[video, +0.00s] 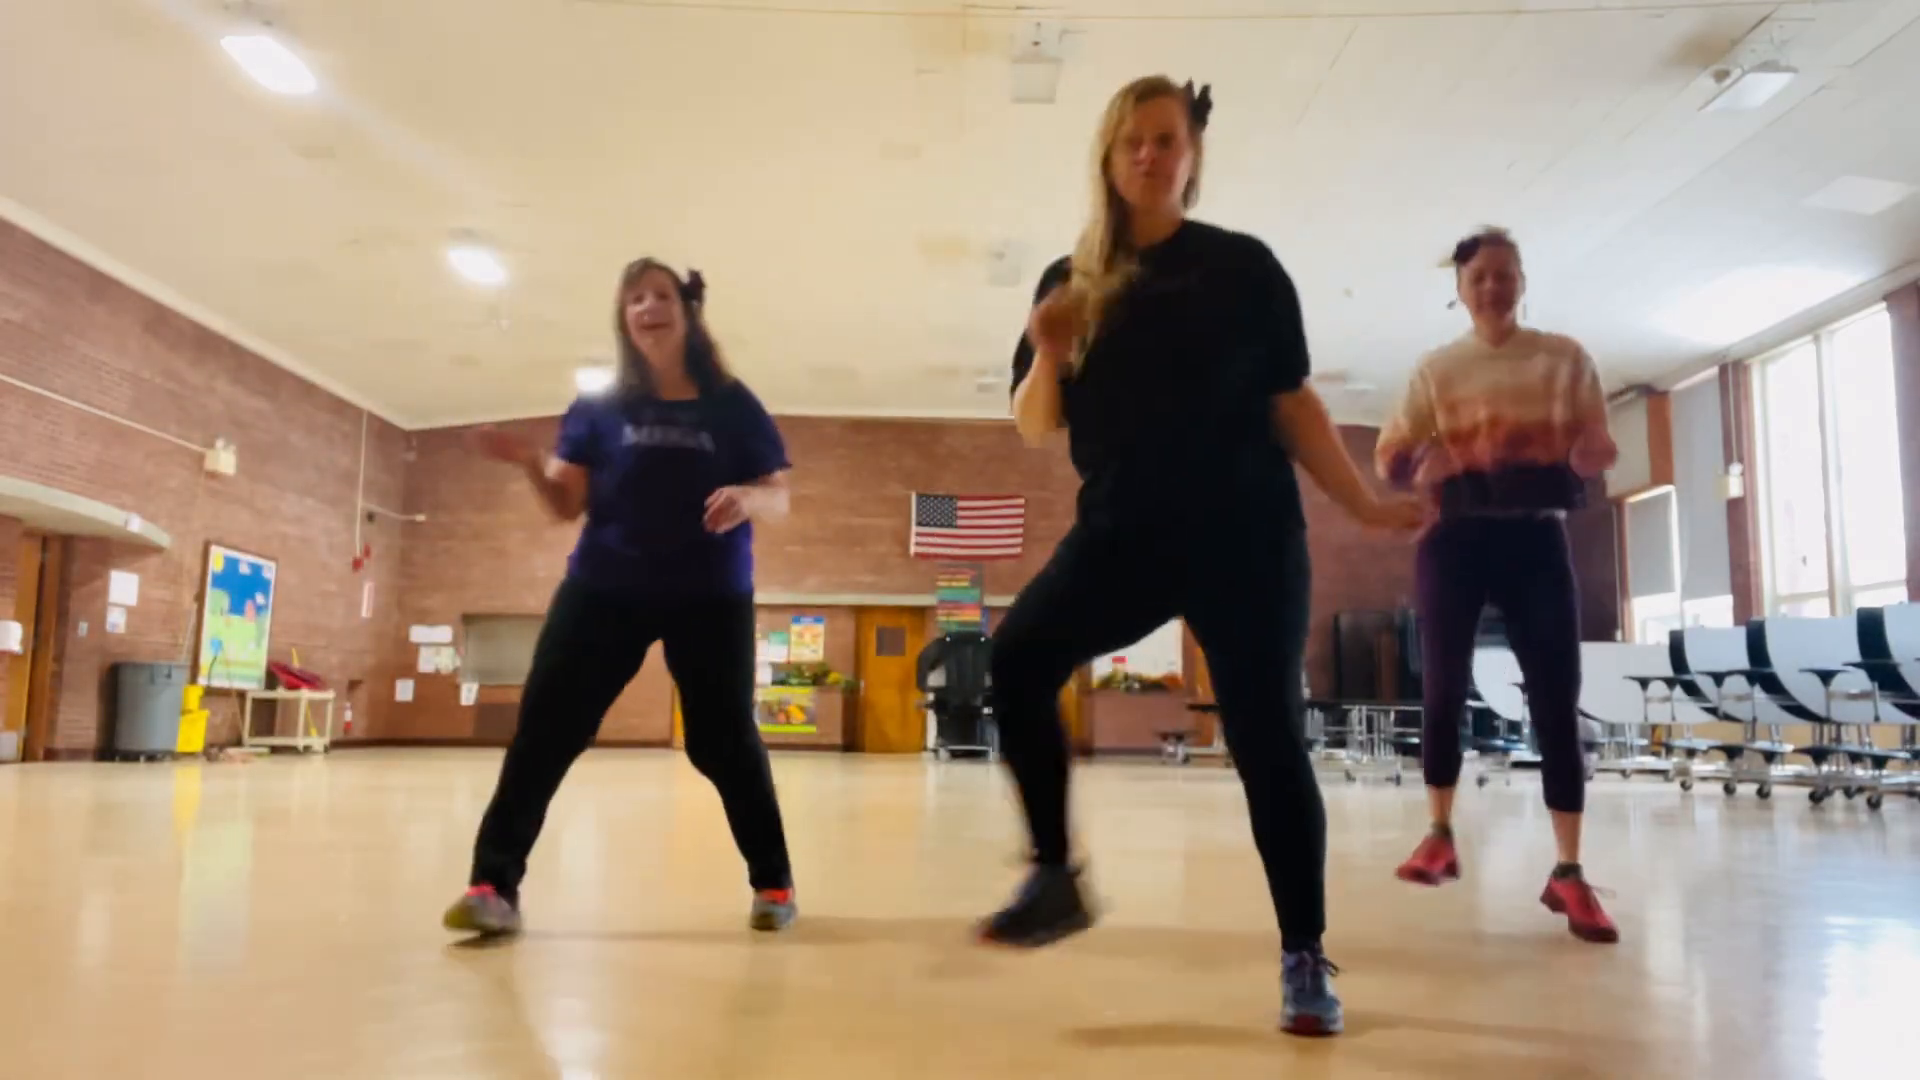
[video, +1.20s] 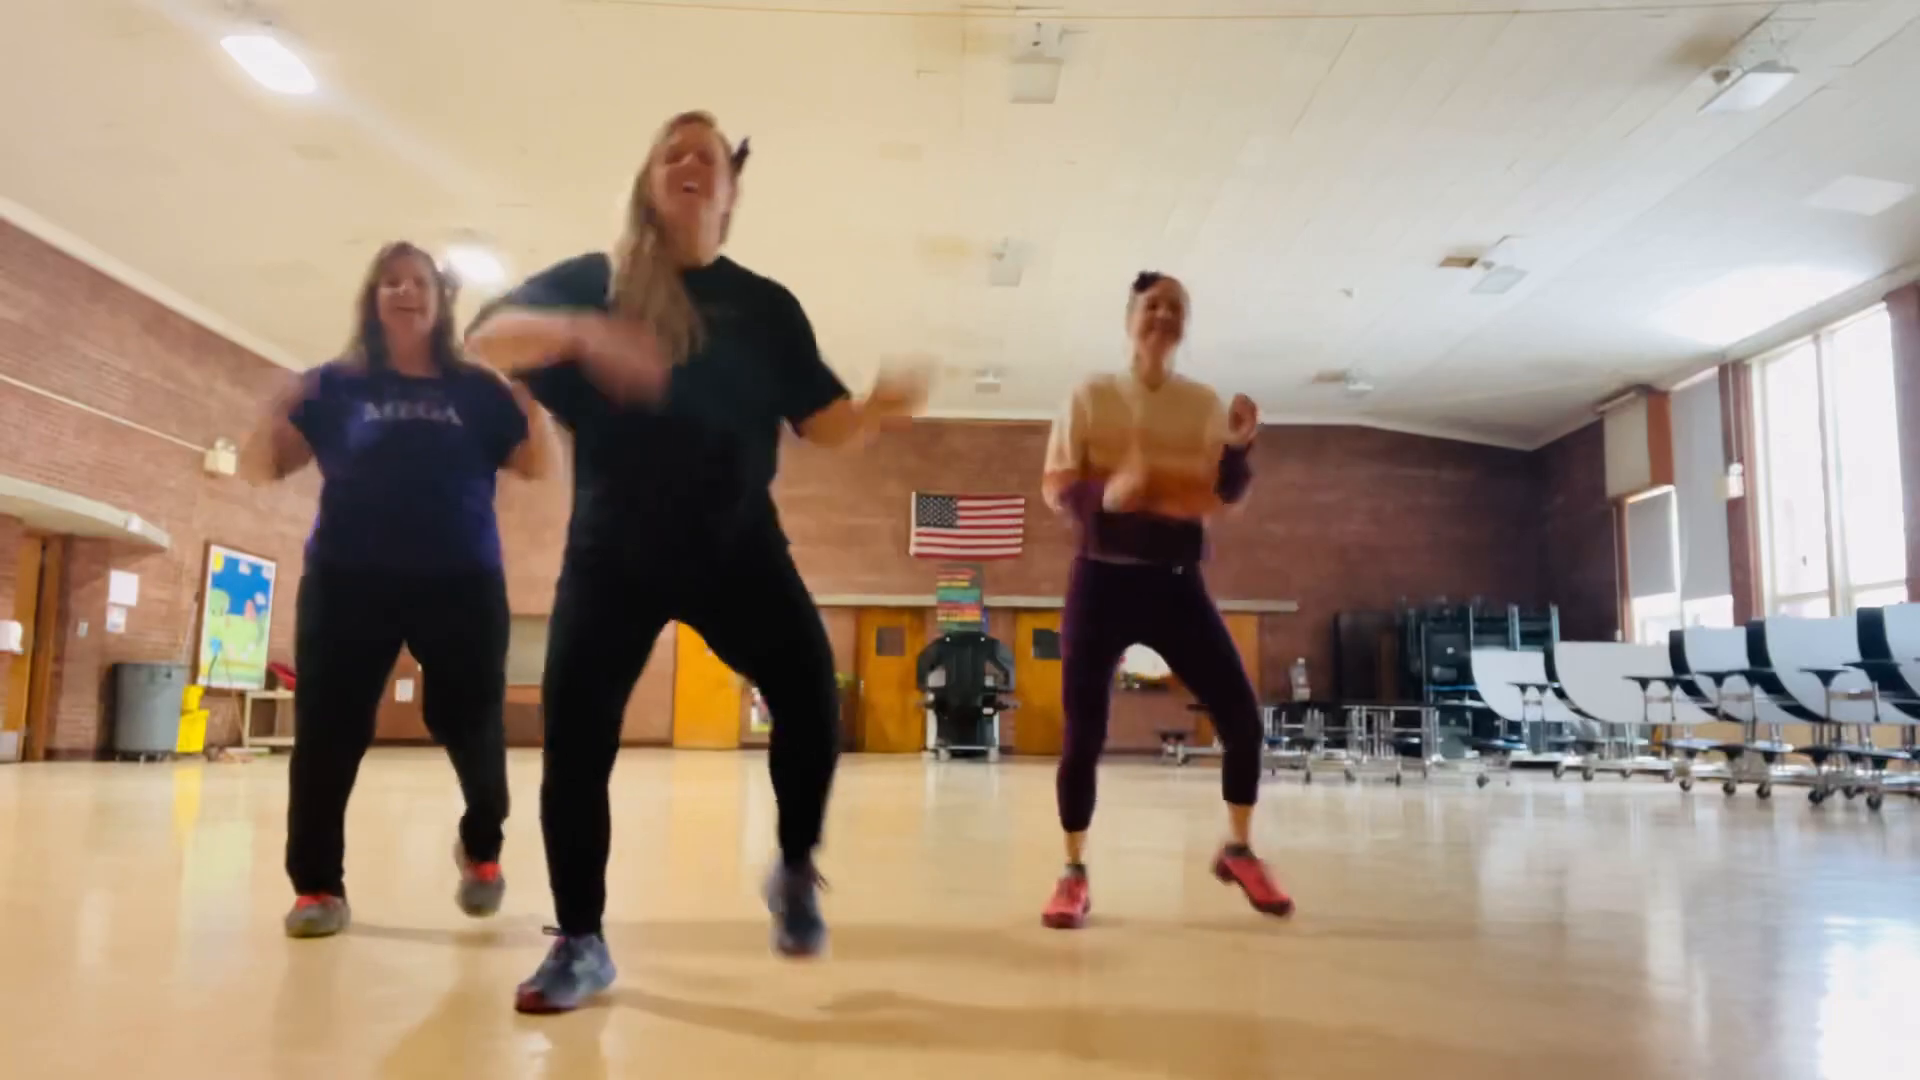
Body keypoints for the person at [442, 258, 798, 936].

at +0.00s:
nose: (647, 307)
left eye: (660, 296)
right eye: (635, 299)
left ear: (689, 311)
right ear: (622, 320)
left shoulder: (730, 403)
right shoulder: (598, 406)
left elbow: (777, 494)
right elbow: (565, 505)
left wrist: (748, 498)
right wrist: (529, 467)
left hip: (707, 593)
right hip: (607, 588)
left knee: (722, 740)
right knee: (546, 728)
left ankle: (772, 883)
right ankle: (494, 887)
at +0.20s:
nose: (571, 302)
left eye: (584, 290)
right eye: (557, 292)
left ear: (609, 304)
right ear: (541, 309)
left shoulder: (649, 392)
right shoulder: (513, 400)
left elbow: (696, 481)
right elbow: (482, 496)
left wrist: (674, 502)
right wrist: (444, 469)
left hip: (640, 584)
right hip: (535, 584)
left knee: (671, 733)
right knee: (498, 737)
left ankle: (721, 866)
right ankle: (486, 897)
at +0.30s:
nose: (542, 293)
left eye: (557, 282)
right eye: (531, 282)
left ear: (586, 300)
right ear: (513, 302)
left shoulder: (625, 385)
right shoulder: (486, 395)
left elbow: (674, 474)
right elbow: (452, 489)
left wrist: (644, 484)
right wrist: (415, 459)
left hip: (614, 587)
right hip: (512, 585)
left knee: (621, 732)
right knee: (487, 740)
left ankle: (633, 833)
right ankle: (487, 897)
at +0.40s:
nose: (525, 290)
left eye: (540, 279)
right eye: (514, 280)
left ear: (567, 299)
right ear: (497, 303)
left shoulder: (608, 385)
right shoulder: (468, 393)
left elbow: (659, 481)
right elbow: (438, 488)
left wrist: (623, 477)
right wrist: (403, 457)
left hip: (590, 589)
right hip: (491, 585)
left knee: (567, 736)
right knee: (478, 740)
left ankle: (540, 838)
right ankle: (484, 895)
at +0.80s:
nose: (499, 296)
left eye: (515, 288)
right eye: (491, 286)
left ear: (544, 306)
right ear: (476, 301)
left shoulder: (572, 406)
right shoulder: (433, 378)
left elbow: (600, 500)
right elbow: (393, 458)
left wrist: (558, 481)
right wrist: (367, 435)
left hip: (517, 590)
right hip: (419, 571)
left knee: (486, 729)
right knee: (378, 698)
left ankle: (488, 880)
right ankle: (383, 866)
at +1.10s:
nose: (426, 297)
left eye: (439, 288)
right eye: (414, 287)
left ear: (463, 303)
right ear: (395, 303)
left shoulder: (495, 397)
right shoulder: (353, 389)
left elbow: (531, 478)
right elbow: (294, 473)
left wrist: (524, 512)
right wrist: (307, 506)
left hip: (470, 592)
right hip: (365, 588)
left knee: (475, 741)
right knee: (335, 742)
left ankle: (487, 875)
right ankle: (319, 891)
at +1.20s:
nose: (402, 292)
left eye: (416, 282)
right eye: (390, 282)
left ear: (440, 299)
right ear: (372, 300)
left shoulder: (477, 390)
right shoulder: (337, 385)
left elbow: (539, 465)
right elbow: (265, 465)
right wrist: (280, 407)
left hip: (458, 585)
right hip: (349, 584)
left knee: (471, 726)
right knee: (326, 737)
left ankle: (483, 850)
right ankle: (318, 889)